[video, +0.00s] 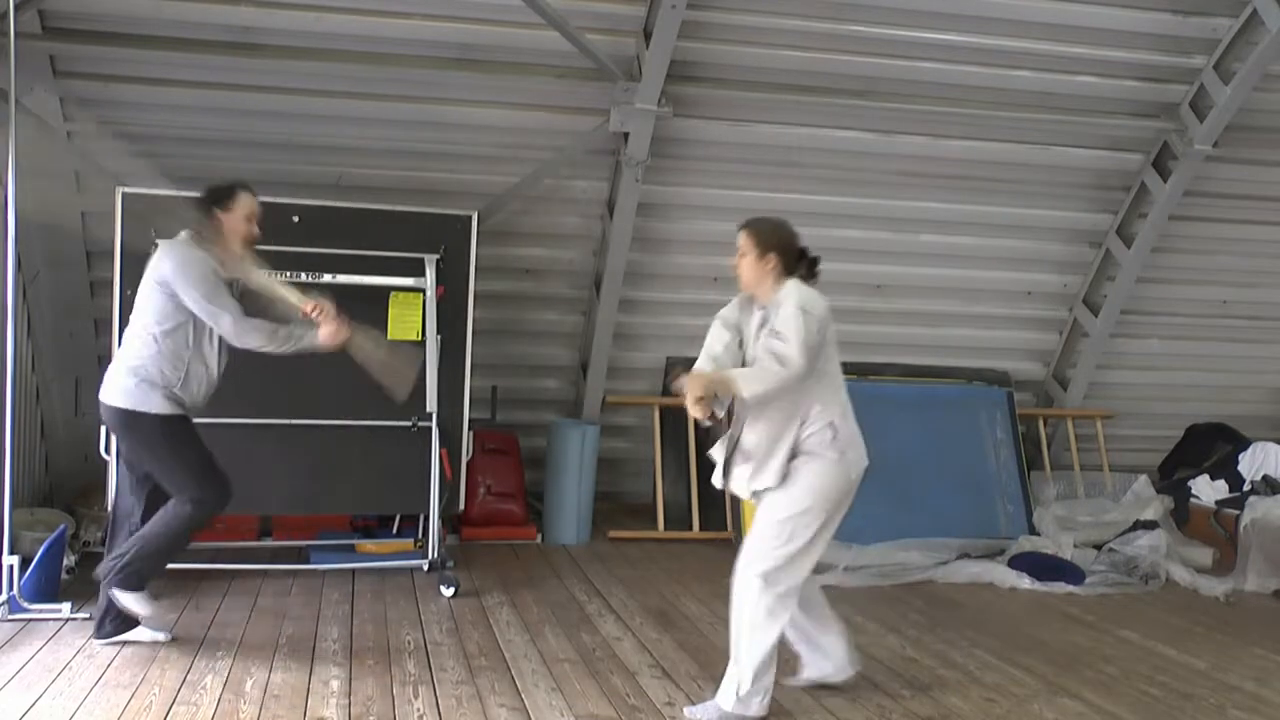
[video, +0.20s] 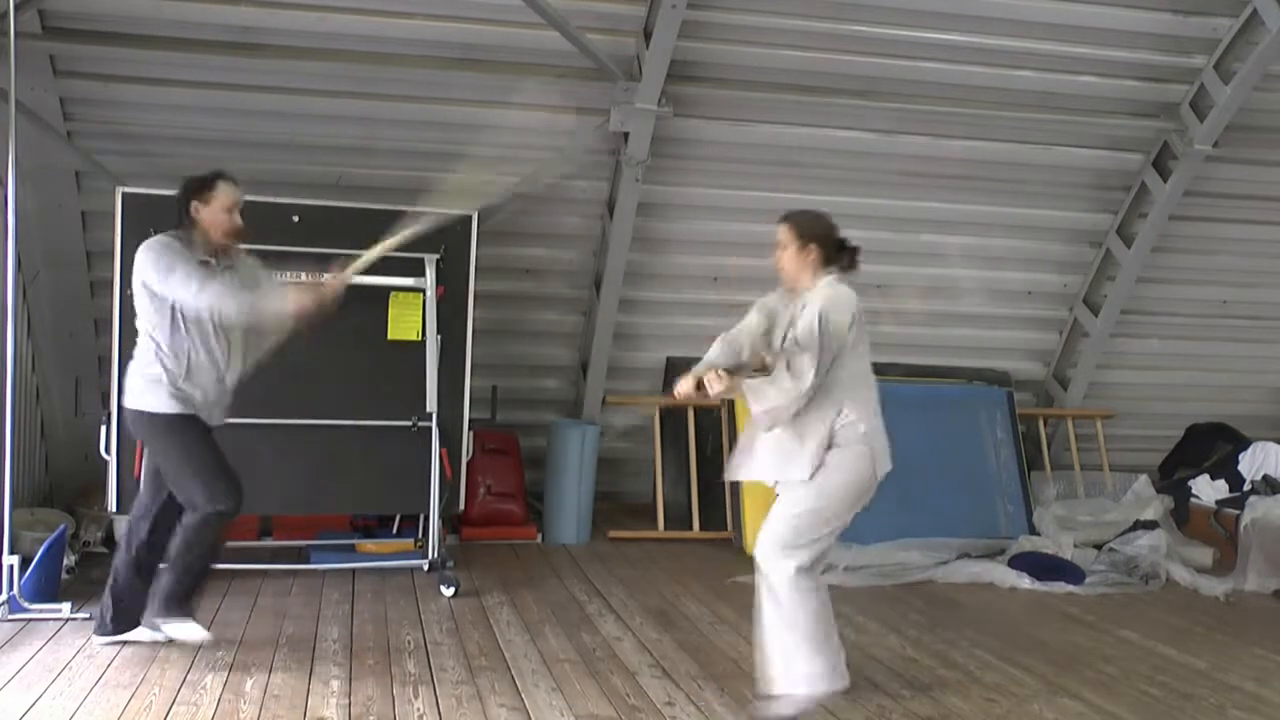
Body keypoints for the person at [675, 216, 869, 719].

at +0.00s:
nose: (734, 264)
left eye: (742, 254)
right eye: (736, 254)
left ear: (770, 261)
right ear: (768, 261)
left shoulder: (802, 303)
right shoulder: (748, 307)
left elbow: (788, 366)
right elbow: (721, 343)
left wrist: (718, 380)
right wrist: (701, 386)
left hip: (825, 456)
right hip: (784, 455)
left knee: (759, 567)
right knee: (776, 562)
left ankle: (742, 699)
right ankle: (831, 660)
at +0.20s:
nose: (776, 258)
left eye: (782, 248)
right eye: (776, 249)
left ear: (811, 253)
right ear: (804, 253)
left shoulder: (831, 301)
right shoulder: (788, 301)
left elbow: (796, 382)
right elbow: (745, 335)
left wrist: (737, 386)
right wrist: (703, 370)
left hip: (851, 452)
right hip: (815, 451)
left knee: (777, 549)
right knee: (778, 555)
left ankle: (813, 680)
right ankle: (789, 683)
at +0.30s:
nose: (790, 251)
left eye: (798, 242)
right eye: (792, 242)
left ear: (826, 248)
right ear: (826, 248)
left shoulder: (838, 297)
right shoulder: (815, 295)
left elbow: (798, 377)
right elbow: (763, 328)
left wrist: (732, 378)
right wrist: (702, 348)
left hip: (856, 450)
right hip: (827, 449)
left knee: (797, 555)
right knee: (795, 557)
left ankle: (867, 665)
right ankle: (816, 668)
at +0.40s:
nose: (810, 246)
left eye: (817, 237)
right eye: (812, 236)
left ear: (845, 242)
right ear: (852, 243)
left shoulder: (836, 293)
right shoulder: (870, 289)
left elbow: (782, 370)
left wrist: (743, 328)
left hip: (857, 448)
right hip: (874, 443)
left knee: (848, 569)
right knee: (821, 557)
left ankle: (916, 683)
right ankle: (820, 669)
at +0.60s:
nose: (840, 240)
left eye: (847, 231)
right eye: (841, 230)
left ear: (874, 239)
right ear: (885, 240)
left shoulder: (855, 293)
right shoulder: (912, 285)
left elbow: (808, 361)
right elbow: (857, 307)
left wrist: (780, 310)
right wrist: (810, 275)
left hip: (881, 449)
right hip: (921, 444)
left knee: (870, 566)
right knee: (890, 558)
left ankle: (909, 701)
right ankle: (903, 665)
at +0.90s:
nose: (897, 243)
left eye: (903, 235)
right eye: (898, 233)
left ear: (931, 240)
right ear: (939, 241)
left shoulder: (902, 289)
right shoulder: (962, 284)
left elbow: (825, 318)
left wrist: (819, 256)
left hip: (917, 451)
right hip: (964, 444)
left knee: (895, 569)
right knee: (959, 552)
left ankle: (909, 701)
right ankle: (988, 658)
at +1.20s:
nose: (953, 248)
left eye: (961, 240)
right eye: (955, 239)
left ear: (987, 248)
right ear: (993, 249)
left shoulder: (965, 289)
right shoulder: (1005, 293)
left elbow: (889, 308)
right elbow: (936, 310)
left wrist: (878, 266)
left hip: (996, 440)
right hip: (1024, 438)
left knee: (966, 561)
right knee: (998, 561)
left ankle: (959, 688)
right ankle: (995, 675)